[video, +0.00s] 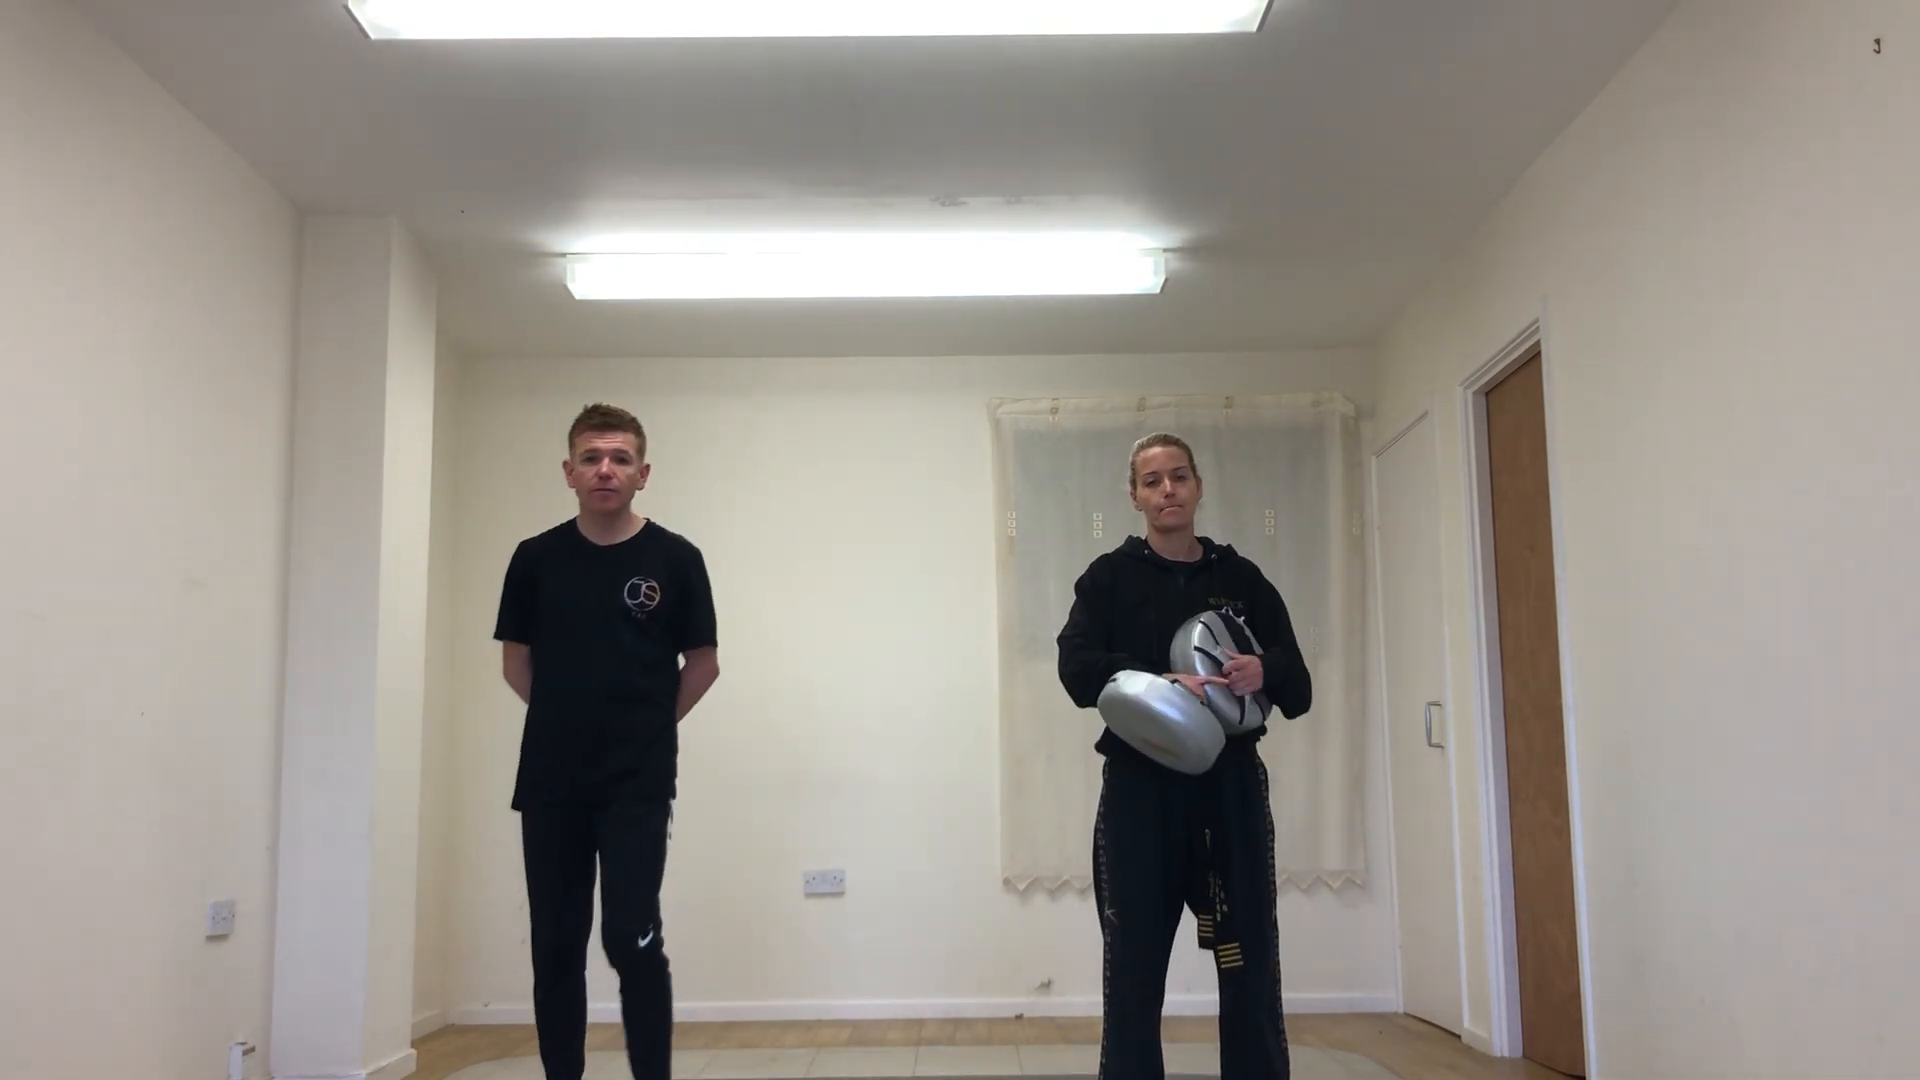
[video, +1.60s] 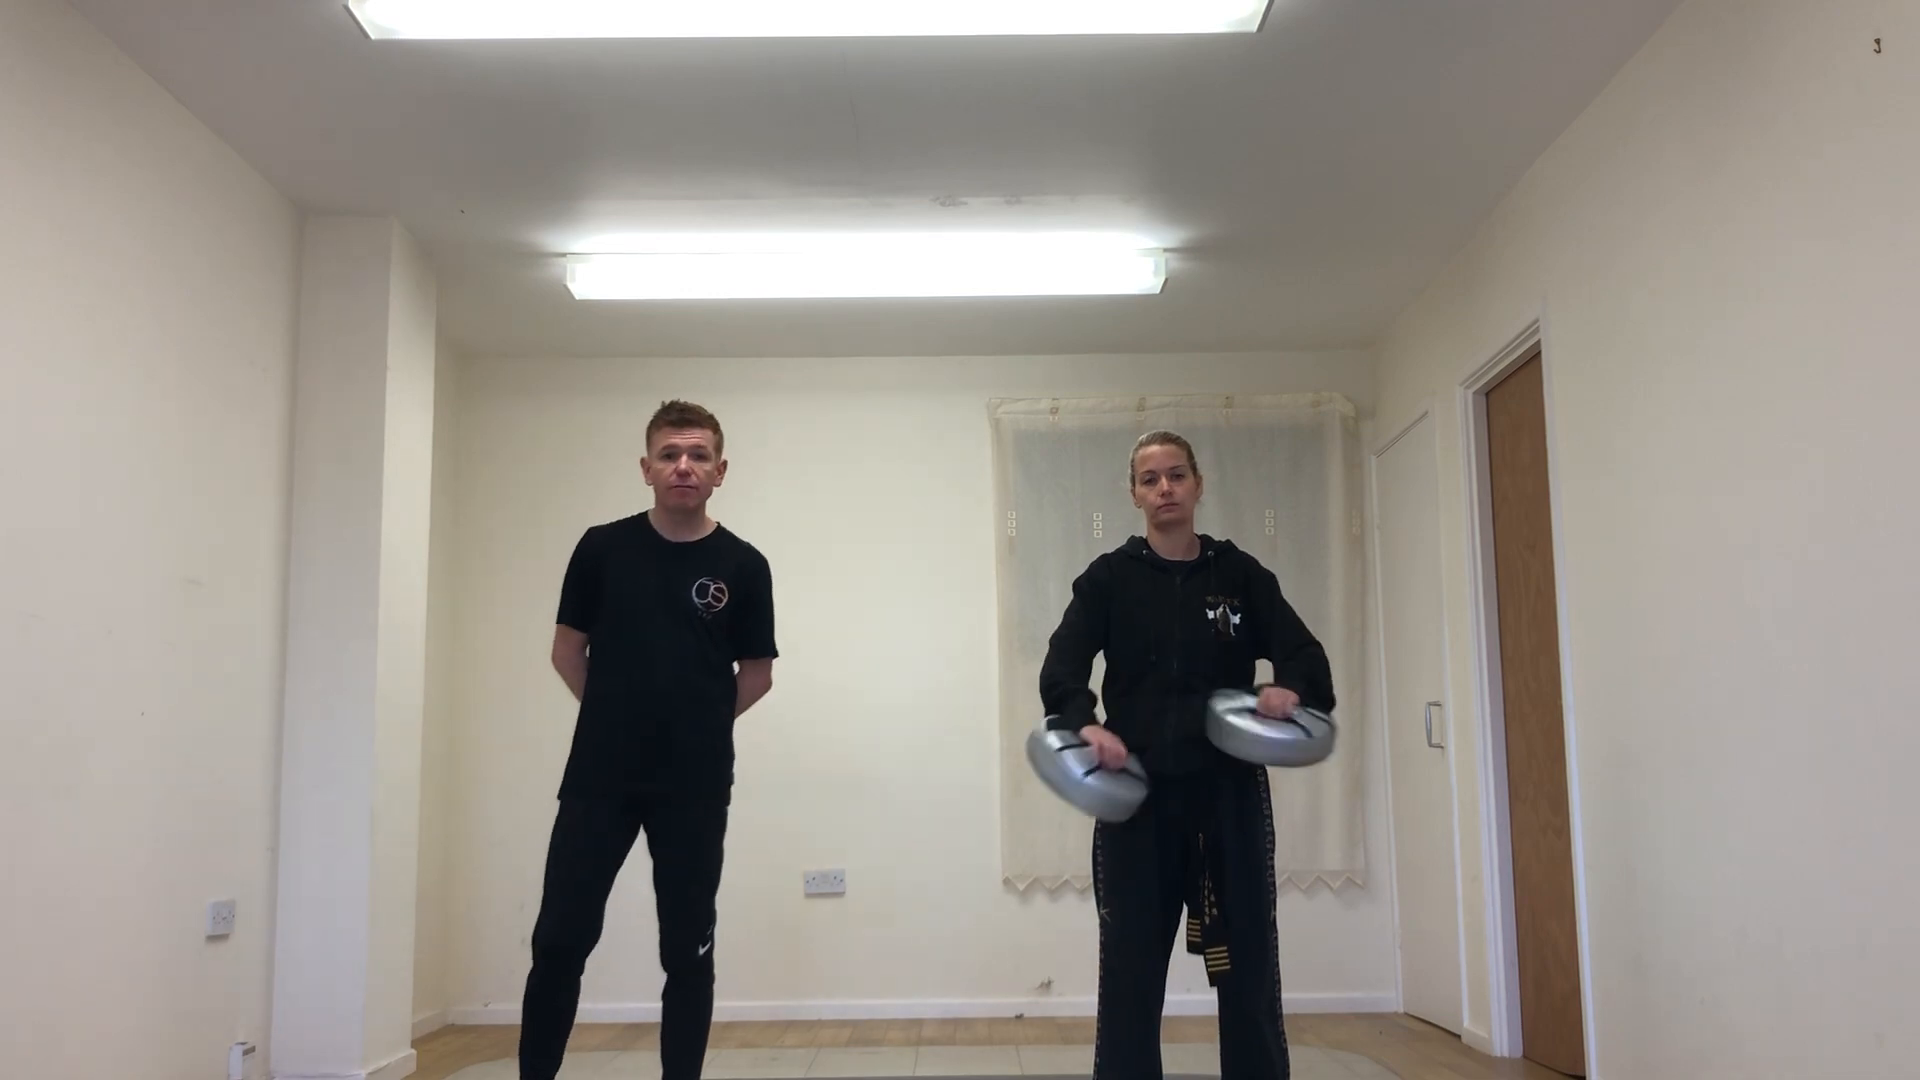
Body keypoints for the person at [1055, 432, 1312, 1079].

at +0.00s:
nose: (1167, 488)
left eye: (1178, 476)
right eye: (1152, 480)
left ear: (1198, 487)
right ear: (1135, 497)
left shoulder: (1241, 576)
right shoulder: (1109, 576)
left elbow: (1297, 693)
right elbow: (1077, 673)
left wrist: (1265, 672)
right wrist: (1160, 684)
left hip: (1233, 784)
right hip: (1140, 784)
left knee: (1251, 964)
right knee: (1134, 969)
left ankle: (1259, 1077)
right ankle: (1130, 1079)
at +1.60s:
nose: (1164, 487)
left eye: (1176, 475)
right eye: (1150, 479)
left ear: (1198, 485)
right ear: (1134, 495)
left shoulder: (1241, 574)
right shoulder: (1108, 578)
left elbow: (1305, 658)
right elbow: (1062, 669)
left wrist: (1288, 690)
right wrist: (1082, 723)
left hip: (1232, 794)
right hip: (1137, 798)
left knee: (1249, 973)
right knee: (1130, 977)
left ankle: (1258, 1077)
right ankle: (1125, 1078)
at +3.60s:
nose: (1174, 487)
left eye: (1187, 475)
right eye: (1160, 476)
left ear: (1206, 487)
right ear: (1142, 488)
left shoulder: (1239, 570)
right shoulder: (1110, 575)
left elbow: (1255, 668)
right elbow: (1094, 682)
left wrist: (1217, 730)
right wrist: (1137, 740)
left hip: (1229, 780)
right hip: (1138, 782)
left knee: (1249, 961)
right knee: (1130, 965)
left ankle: (1261, 1077)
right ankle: (1124, 1079)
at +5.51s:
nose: (1171, 484)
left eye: (1183, 473)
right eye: (1157, 475)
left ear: (1204, 485)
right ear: (1139, 489)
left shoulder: (1240, 569)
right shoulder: (1110, 574)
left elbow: (1256, 669)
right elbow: (1095, 683)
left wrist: (1217, 729)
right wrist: (1141, 737)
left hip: (1230, 780)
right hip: (1139, 781)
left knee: (1249, 961)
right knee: (1130, 964)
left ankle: (1261, 1077)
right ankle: (1124, 1078)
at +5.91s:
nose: (1173, 484)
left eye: (1185, 472)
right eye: (1159, 475)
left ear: (1206, 486)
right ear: (1142, 490)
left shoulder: (1242, 570)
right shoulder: (1112, 574)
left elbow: (1256, 669)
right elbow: (1096, 681)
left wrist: (1217, 729)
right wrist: (1140, 738)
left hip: (1231, 778)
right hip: (1139, 780)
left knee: (1249, 957)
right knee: (1131, 961)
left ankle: (1262, 1076)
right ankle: (1125, 1076)